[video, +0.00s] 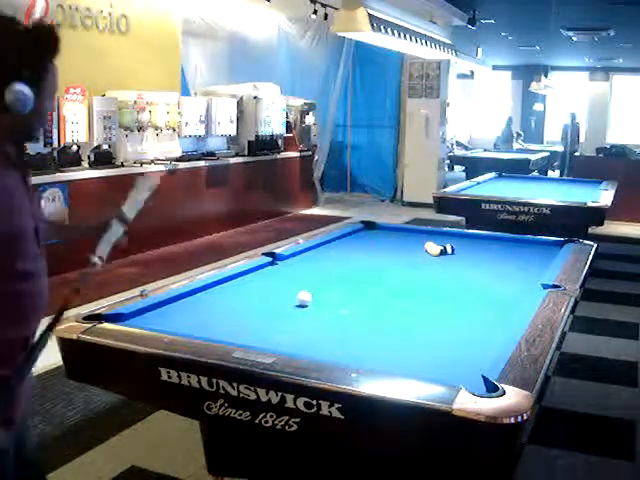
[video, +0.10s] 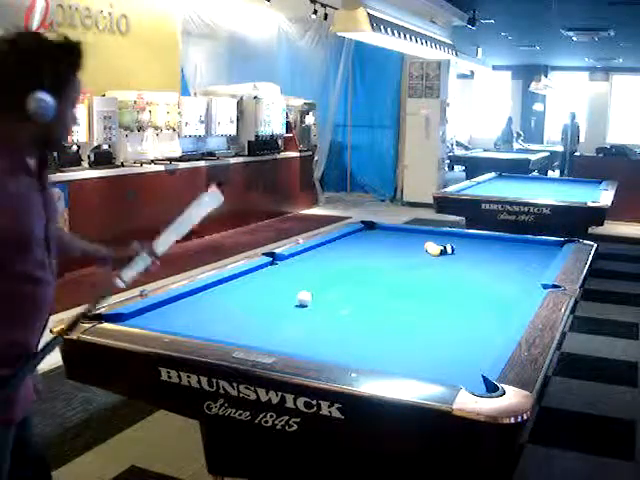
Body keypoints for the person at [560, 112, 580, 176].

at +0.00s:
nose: (572, 119)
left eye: (573, 118)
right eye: (571, 117)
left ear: (575, 118)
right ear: (570, 117)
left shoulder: (577, 126)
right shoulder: (566, 125)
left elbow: (578, 136)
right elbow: (563, 135)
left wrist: (577, 145)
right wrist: (563, 142)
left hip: (573, 146)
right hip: (566, 145)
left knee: (571, 160)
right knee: (564, 160)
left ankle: (569, 173)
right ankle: (561, 173)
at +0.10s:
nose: (571, 118)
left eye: (573, 117)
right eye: (570, 117)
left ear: (575, 117)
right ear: (569, 117)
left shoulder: (576, 125)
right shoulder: (565, 125)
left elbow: (578, 135)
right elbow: (563, 134)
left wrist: (577, 143)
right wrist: (562, 142)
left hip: (573, 146)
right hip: (566, 145)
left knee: (571, 160)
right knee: (563, 160)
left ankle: (570, 173)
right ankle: (562, 173)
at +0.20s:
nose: (571, 118)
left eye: (573, 117)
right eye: (570, 117)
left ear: (575, 117)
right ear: (569, 117)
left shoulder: (576, 125)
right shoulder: (565, 125)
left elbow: (578, 135)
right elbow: (563, 134)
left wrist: (577, 143)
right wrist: (562, 142)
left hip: (573, 146)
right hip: (566, 145)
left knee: (571, 160)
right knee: (563, 160)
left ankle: (570, 173)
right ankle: (562, 173)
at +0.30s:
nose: (571, 119)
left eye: (573, 117)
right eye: (570, 117)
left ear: (574, 117)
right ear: (568, 117)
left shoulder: (576, 126)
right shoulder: (565, 125)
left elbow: (578, 135)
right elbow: (563, 134)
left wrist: (577, 143)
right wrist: (562, 142)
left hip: (573, 145)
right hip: (566, 145)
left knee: (571, 159)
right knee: (563, 159)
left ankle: (570, 172)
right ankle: (562, 173)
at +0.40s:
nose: (571, 119)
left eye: (573, 117)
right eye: (570, 117)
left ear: (574, 117)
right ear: (568, 117)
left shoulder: (576, 125)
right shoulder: (565, 125)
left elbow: (578, 135)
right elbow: (563, 134)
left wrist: (577, 143)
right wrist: (562, 142)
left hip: (573, 145)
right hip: (566, 145)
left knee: (571, 159)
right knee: (563, 159)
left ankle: (570, 172)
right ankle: (562, 173)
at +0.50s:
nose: (571, 119)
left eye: (572, 117)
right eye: (570, 117)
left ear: (574, 117)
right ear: (568, 117)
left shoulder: (576, 126)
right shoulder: (565, 125)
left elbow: (578, 135)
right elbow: (563, 134)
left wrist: (577, 143)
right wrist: (562, 142)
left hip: (573, 145)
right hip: (566, 145)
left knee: (571, 160)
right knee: (563, 160)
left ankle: (570, 173)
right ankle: (562, 173)